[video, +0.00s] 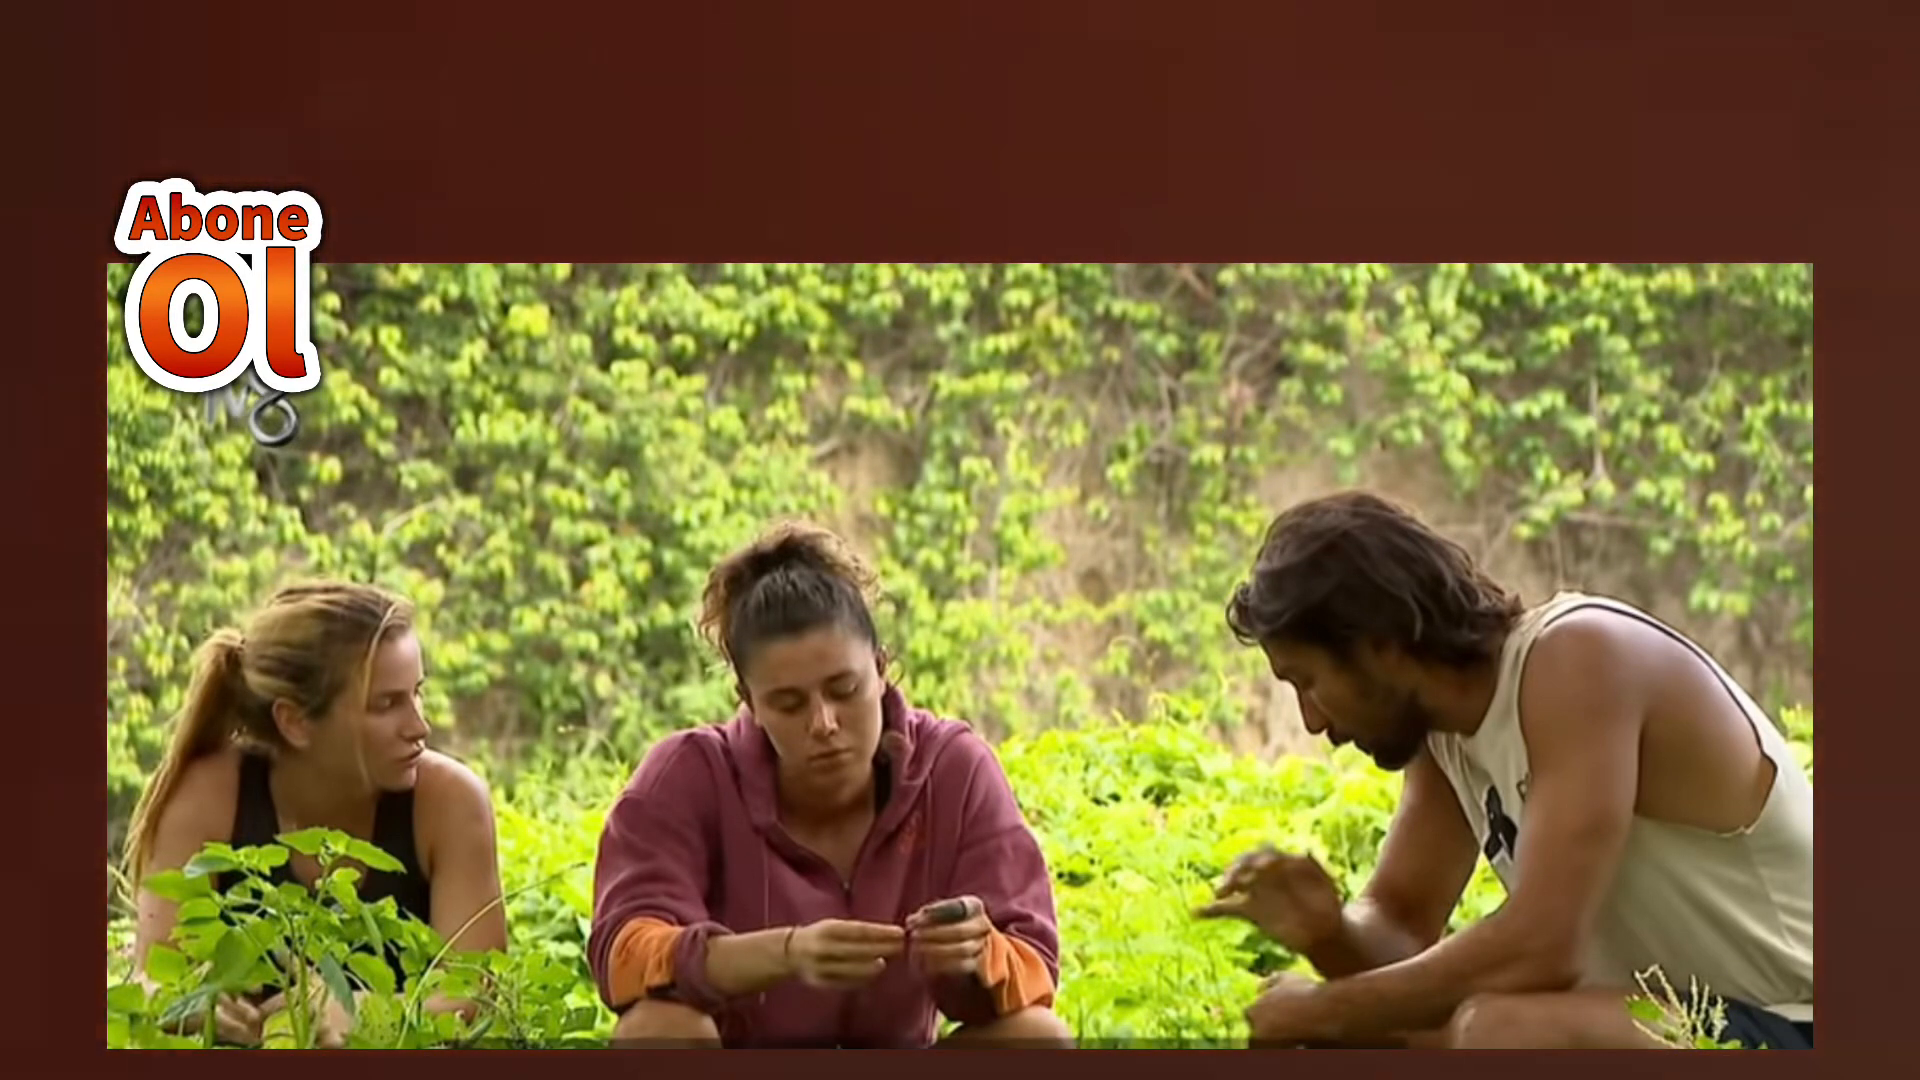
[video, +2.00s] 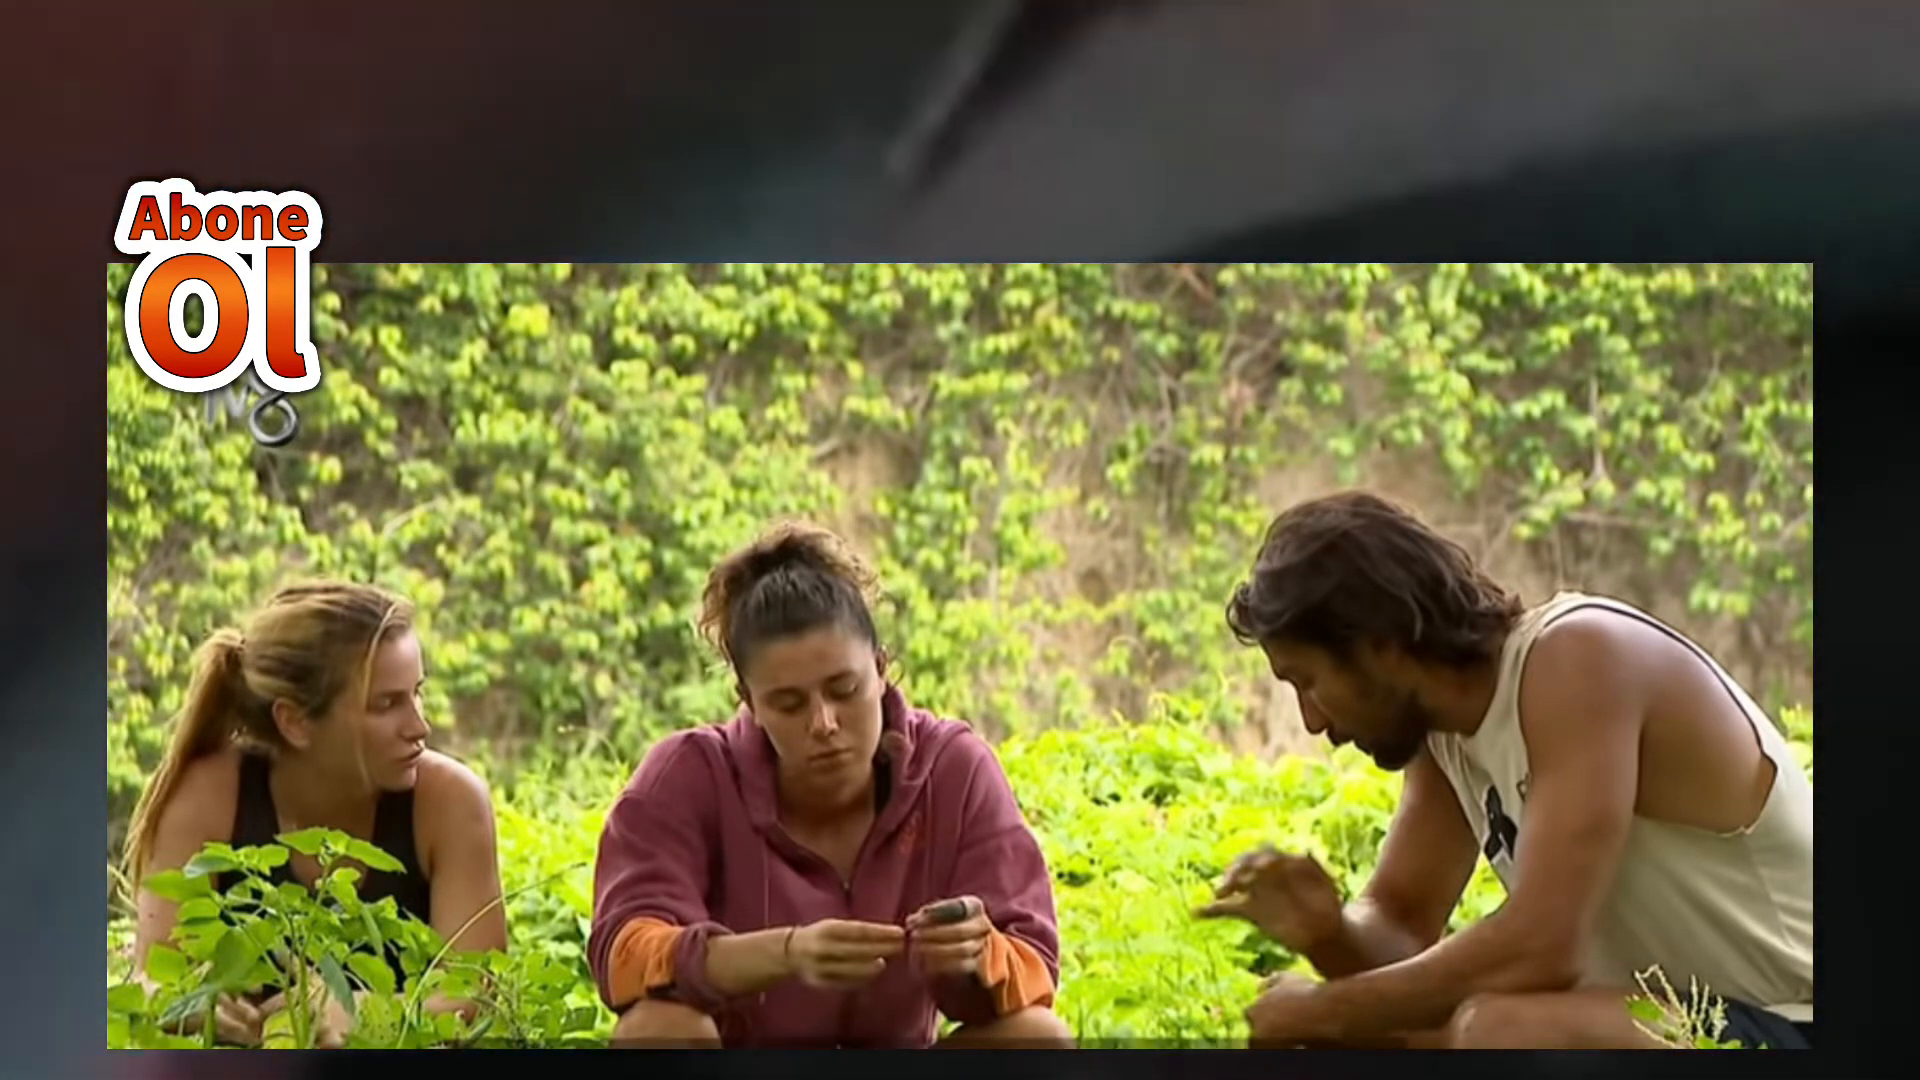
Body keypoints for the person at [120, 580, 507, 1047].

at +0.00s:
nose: (420, 725)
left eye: (417, 695)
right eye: (387, 705)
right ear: (295, 722)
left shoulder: (451, 800)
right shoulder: (206, 792)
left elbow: (470, 1001)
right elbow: (152, 982)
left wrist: (353, 1013)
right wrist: (200, 1008)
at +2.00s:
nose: (420, 725)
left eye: (417, 695)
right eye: (387, 705)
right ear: (295, 723)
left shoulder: (451, 800)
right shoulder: (206, 793)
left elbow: (470, 1000)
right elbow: (153, 985)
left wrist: (354, 1013)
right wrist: (200, 1009)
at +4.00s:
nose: (420, 725)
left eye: (417, 695)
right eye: (388, 705)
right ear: (295, 722)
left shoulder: (451, 799)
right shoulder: (206, 792)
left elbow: (471, 1002)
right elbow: (154, 983)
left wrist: (354, 1013)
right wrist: (200, 1008)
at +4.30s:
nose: (420, 725)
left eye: (417, 695)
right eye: (388, 705)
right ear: (295, 722)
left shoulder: (451, 799)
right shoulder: (205, 792)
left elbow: (471, 1001)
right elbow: (154, 983)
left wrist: (354, 1013)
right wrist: (200, 1008)